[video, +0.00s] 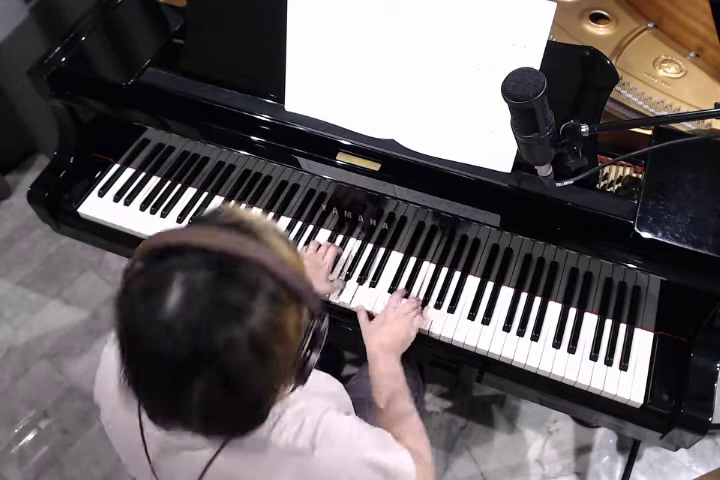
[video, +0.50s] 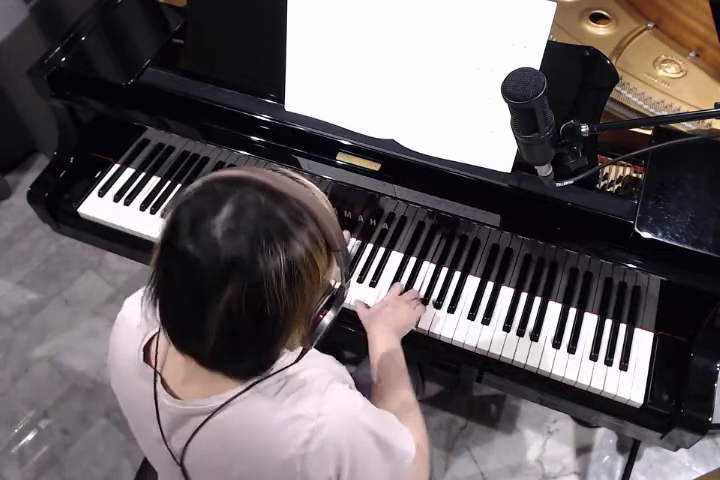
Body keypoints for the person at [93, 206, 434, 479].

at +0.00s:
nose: (297, 318)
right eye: (295, 322)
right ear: (278, 367)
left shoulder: (116, 362)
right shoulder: (322, 447)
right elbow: (416, 469)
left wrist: (295, 290)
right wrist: (386, 355)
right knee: (398, 368)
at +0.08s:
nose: (304, 314)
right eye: (302, 318)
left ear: (148, 301)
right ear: (280, 351)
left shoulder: (119, 351)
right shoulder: (320, 441)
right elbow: (426, 465)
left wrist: (293, 284)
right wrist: (394, 356)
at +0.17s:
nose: (310, 302)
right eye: (308, 301)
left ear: (159, 283)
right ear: (280, 337)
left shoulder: (123, 341)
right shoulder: (318, 433)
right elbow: (437, 462)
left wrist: (296, 278)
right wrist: (401, 351)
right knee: (380, 374)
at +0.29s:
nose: (312, 300)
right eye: (309, 300)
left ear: (163, 279)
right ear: (280, 332)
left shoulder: (124, 339)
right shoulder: (316, 429)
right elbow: (439, 460)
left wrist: (288, 266)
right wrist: (403, 348)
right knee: (380, 374)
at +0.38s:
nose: (324, 280)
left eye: (320, 273)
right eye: (317, 281)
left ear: (171, 261)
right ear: (289, 314)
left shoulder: (132, 326)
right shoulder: (322, 423)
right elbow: (427, 459)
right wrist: (395, 340)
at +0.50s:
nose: (330, 278)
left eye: (325, 272)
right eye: (321, 280)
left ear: (174, 258)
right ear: (290, 311)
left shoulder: (134, 320)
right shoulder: (321, 424)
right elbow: (409, 461)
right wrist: (386, 337)